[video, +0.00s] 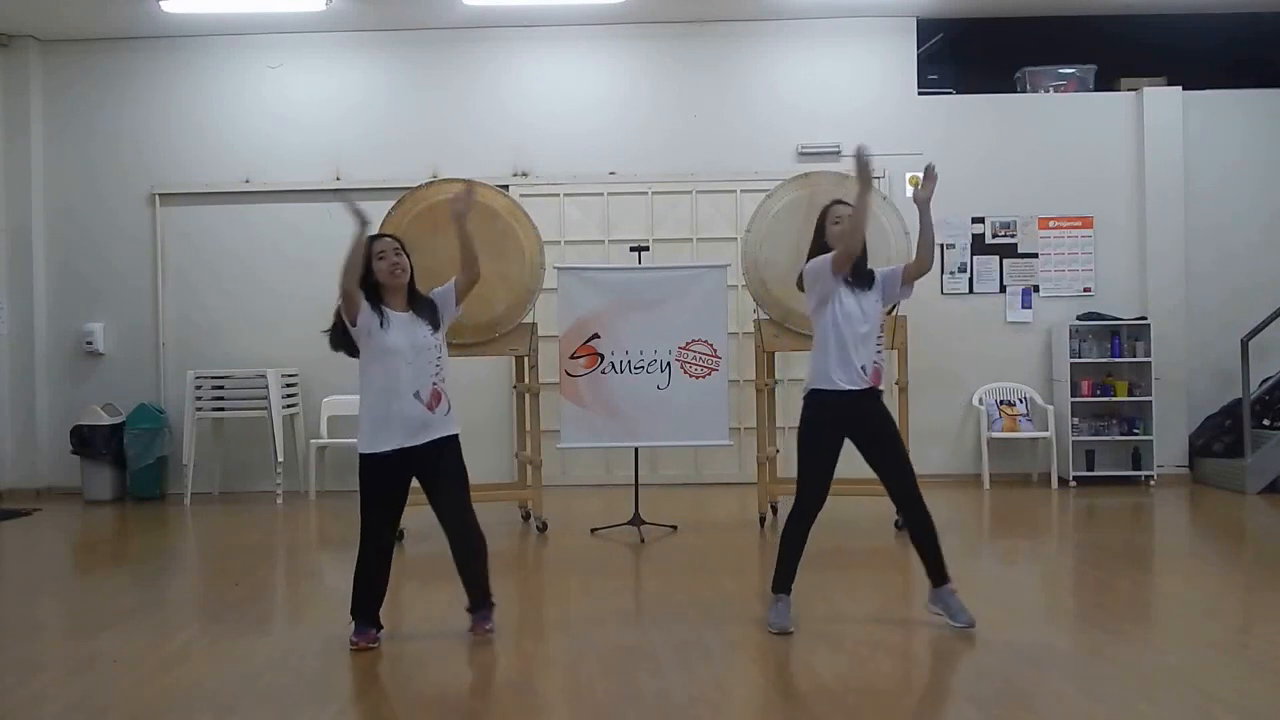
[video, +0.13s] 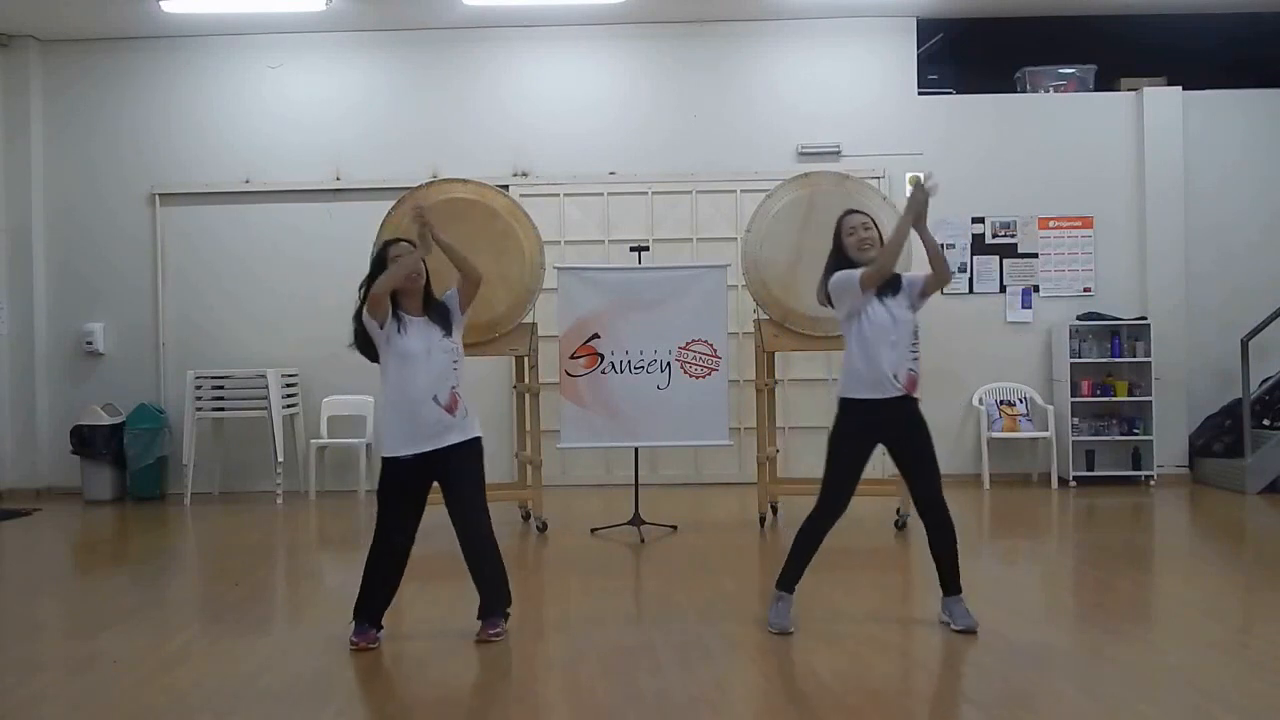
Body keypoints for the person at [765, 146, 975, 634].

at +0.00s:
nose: (847, 224)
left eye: (853, 218)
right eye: (837, 219)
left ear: (864, 229)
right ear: (822, 235)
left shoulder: (877, 282)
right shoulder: (816, 277)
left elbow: (922, 264)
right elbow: (850, 249)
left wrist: (923, 209)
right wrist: (865, 191)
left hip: (869, 403)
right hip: (824, 405)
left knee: (909, 496)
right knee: (809, 502)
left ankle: (941, 589)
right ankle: (781, 597)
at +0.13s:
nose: (863, 235)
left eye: (869, 228)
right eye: (852, 231)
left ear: (882, 234)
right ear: (840, 248)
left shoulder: (904, 287)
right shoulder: (842, 284)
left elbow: (941, 275)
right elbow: (882, 270)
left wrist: (920, 227)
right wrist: (912, 219)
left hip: (903, 411)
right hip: (857, 412)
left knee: (933, 505)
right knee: (830, 508)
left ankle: (953, 600)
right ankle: (783, 595)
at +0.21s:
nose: (878, 239)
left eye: (883, 232)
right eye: (867, 236)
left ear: (898, 239)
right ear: (858, 250)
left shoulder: (926, 286)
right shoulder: (856, 291)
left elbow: (973, 301)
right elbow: (873, 308)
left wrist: (948, 259)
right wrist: (908, 248)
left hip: (929, 412)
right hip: (881, 412)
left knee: (947, 511)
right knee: (858, 510)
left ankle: (953, 602)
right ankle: (803, 592)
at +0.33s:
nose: (891, 233)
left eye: (896, 225)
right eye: (881, 230)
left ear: (912, 233)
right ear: (873, 245)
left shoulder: (944, 286)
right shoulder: (874, 293)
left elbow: (997, 320)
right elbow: (849, 330)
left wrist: (992, 291)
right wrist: (863, 284)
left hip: (940, 407)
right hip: (891, 408)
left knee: (952, 508)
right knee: (888, 506)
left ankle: (953, 601)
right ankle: (854, 585)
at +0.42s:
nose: (902, 228)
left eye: (908, 220)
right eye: (893, 224)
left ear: (923, 229)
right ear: (884, 237)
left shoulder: (952, 283)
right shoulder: (873, 288)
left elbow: (992, 329)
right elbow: (833, 337)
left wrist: (1019, 312)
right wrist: (823, 315)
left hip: (947, 405)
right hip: (896, 406)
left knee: (954, 506)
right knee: (916, 504)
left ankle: (953, 599)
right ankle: (903, 582)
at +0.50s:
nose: (907, 229)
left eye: (913, 221)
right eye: (898, 224)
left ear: (929, 230)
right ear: (889, 236)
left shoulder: (954, 287)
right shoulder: (874, 289)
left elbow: (984, 337)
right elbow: (838, 335)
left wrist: (1027, 327)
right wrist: (809, 325)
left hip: (950, 405)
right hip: (901, 408)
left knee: (956, 503)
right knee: (926, 503)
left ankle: (954, 598)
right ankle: (927, 592)